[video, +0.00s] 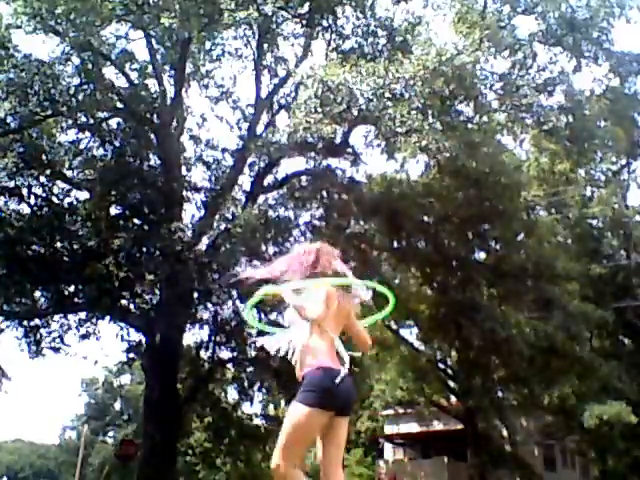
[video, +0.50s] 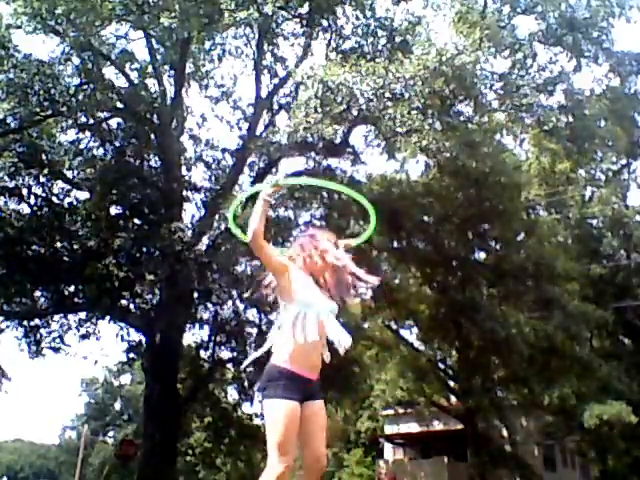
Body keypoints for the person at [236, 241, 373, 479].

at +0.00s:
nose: (295, 276)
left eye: (297, 271)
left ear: (308, 266)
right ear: (332, 264)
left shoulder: (319, 287)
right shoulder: (346, 302)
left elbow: (317, 313)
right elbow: (365, 344)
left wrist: (287, 294)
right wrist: (352, 315)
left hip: (319, 378)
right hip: (343, 379)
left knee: (283, 465)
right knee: (332, 470)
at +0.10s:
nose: (291, 278)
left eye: (296, 271)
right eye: (291, 272)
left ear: (310, 267)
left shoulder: (324, 292)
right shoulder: (301, 302)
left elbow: (347, 311)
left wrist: (323, 276)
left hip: (327, 382)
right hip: (310, 385)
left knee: (299, 468)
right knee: (306, 470)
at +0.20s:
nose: (305, 261)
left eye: (313, 254)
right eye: (302, 254)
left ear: (323, 261)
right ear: (296, 262)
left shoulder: (332, 291)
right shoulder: (292, 298)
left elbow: (372, 308)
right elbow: (281, 321)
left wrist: (355, 271)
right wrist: (267, 294)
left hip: (331, 383)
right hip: (297, 388)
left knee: (307, 466)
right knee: (280, 465)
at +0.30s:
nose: (323, 261)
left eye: (329, 257)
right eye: (318, 254)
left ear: (333, 264)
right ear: (302, 256)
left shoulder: (337, 293)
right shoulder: (280, 290)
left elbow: (380, 303)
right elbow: (247, 297)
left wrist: (372, 267)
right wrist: (240, 264)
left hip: (331, 382)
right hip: (291, 383)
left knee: (315, 457)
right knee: (286, 458)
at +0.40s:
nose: (328, 256)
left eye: (332, 253)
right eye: (323, 248)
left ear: (334, 261)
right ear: (304, 249)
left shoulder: (335, 286)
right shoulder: (280, 278)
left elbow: (363, 296)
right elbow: (233, 266)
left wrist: (363, 260)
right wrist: (239, 228)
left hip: (325, 380)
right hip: (286, 378)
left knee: (317, 463)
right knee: (283, 462)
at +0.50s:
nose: (333, 262)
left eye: (333, 255)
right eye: (329, 253)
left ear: (316, 253)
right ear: (310, 251)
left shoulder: (321, 291)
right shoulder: (287, 273)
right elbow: (255, 238)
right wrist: (265, 195)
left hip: (312, 384)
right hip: (282, 379)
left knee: (318, 462)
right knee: (281, 462)